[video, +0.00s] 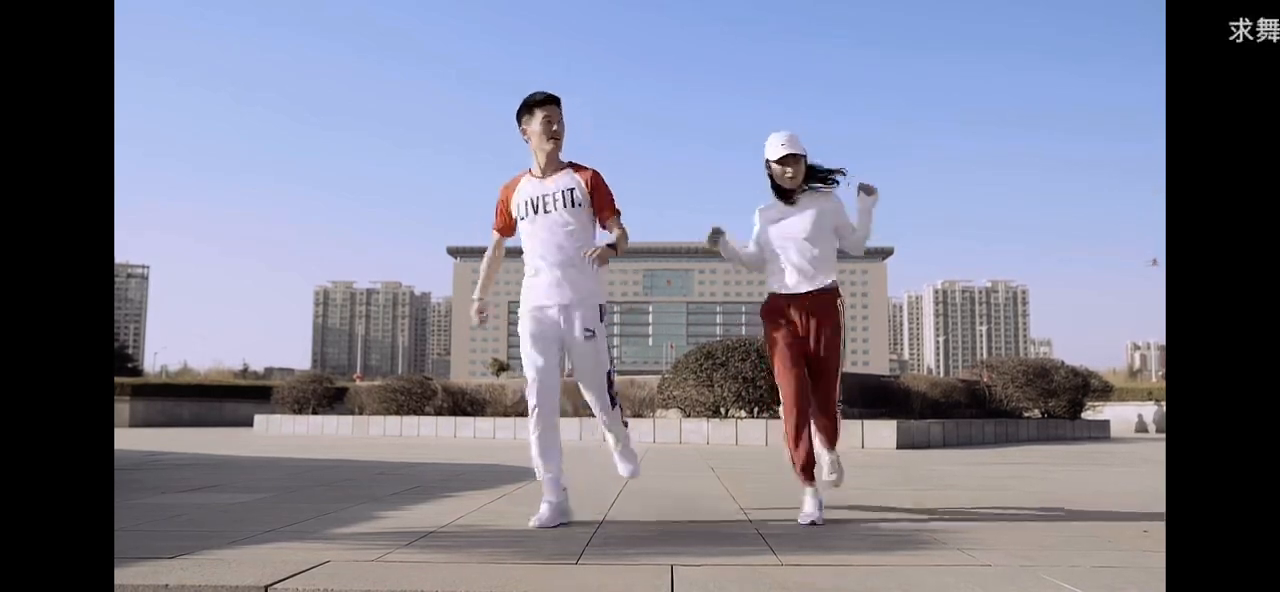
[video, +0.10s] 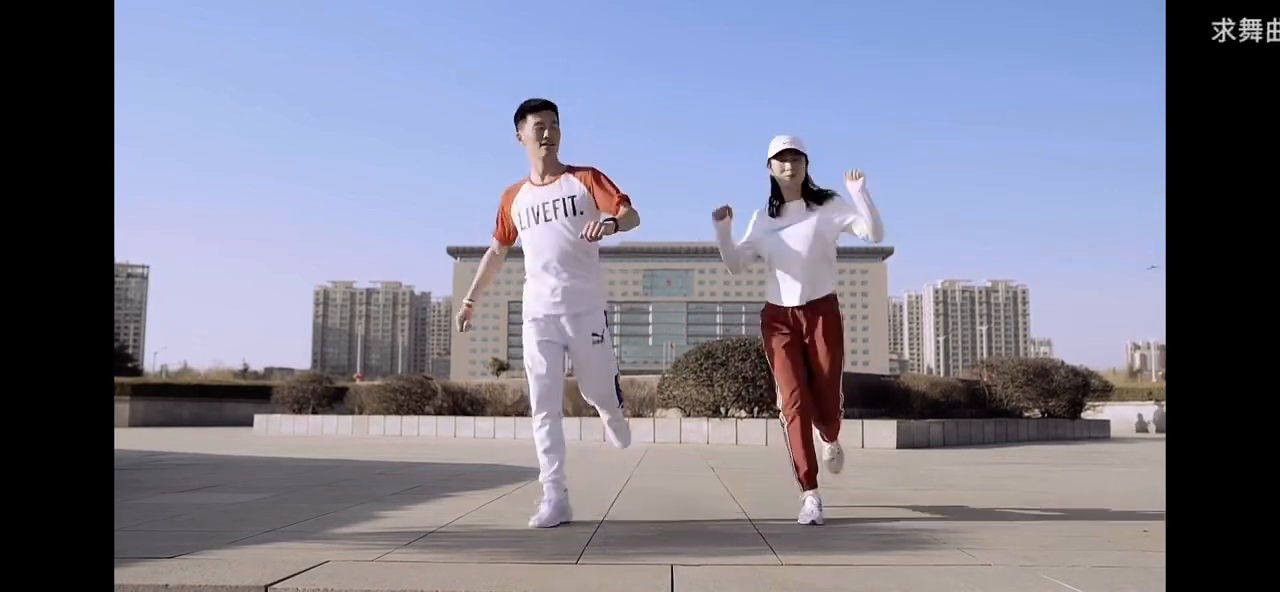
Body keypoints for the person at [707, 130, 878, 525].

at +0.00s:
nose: (789, 169)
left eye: (795, 160)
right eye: (780, 162)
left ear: (806, 162)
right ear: (769, 167)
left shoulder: (826, 200)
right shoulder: (765, 215)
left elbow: (854, 245)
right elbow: (756, 260)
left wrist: (865, 207)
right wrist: (726, 247)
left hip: (823, 305)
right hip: (782, 309)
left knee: (825, 397)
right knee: (793, 397)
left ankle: (828, 449)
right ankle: (809, 490)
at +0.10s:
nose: (790, 163)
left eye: (796, 157)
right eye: (782, 158)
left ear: (806, 165)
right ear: (770, 167)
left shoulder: (829, 206)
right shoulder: (763, 218)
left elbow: (872, 232)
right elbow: (735, 264)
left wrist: (859, 192)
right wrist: (724, 230)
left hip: (822, 313)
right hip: (780, 317)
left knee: (827, 400)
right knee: (791, 403)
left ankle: (829, 438)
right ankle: (809, 494)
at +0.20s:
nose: (792, 156)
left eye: (799, 149)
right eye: (784, 150)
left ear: (809, 155)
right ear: (774, 157)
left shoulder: (829, 195)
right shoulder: (761, 205)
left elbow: (865, 215)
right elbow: (729, 246)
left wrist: (857, 174)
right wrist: (726, 209)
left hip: (821, 300)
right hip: (779, 304)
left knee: (816, 395)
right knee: (792, 399)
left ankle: (829, 432)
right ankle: (803, 487)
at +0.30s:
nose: (794, 167)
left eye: (801, 162)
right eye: (787, 161)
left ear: (811, 168)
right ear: (776, 167)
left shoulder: (825, 206)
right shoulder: (766, 210)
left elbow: (842, 210)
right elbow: (749, 230)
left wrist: (852, 196)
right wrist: (750, 210)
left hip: (820, 304)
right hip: (778, 310)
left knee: (801, 342)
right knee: (788, 410)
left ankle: (820, 418)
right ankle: (800, 492)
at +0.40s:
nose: (792, 168)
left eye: (800, 162)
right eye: (786, 161)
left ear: (811, 170)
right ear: (775, 169)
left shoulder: (825, 210)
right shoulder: (765, 213)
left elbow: (843, 225)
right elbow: (743, 240)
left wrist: (854, 225)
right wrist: (755, 232)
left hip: (820, 308)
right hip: (775, 315)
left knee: (796, 337)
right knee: (788, 407)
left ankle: (809, 422)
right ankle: (802, 492)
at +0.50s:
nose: (791, 154)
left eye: (799, 149)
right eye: (785, 147)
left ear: (809, 158)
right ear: (774, 155)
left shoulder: (821, 200)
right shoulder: (756, 202)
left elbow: (838, 252)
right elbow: (750, 256)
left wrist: (849, 304)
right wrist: (754, 303)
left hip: (814, 297)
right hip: (772, 300)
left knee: (795, 375)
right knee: (782, 388)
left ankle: (790, 470)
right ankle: (802, 479)